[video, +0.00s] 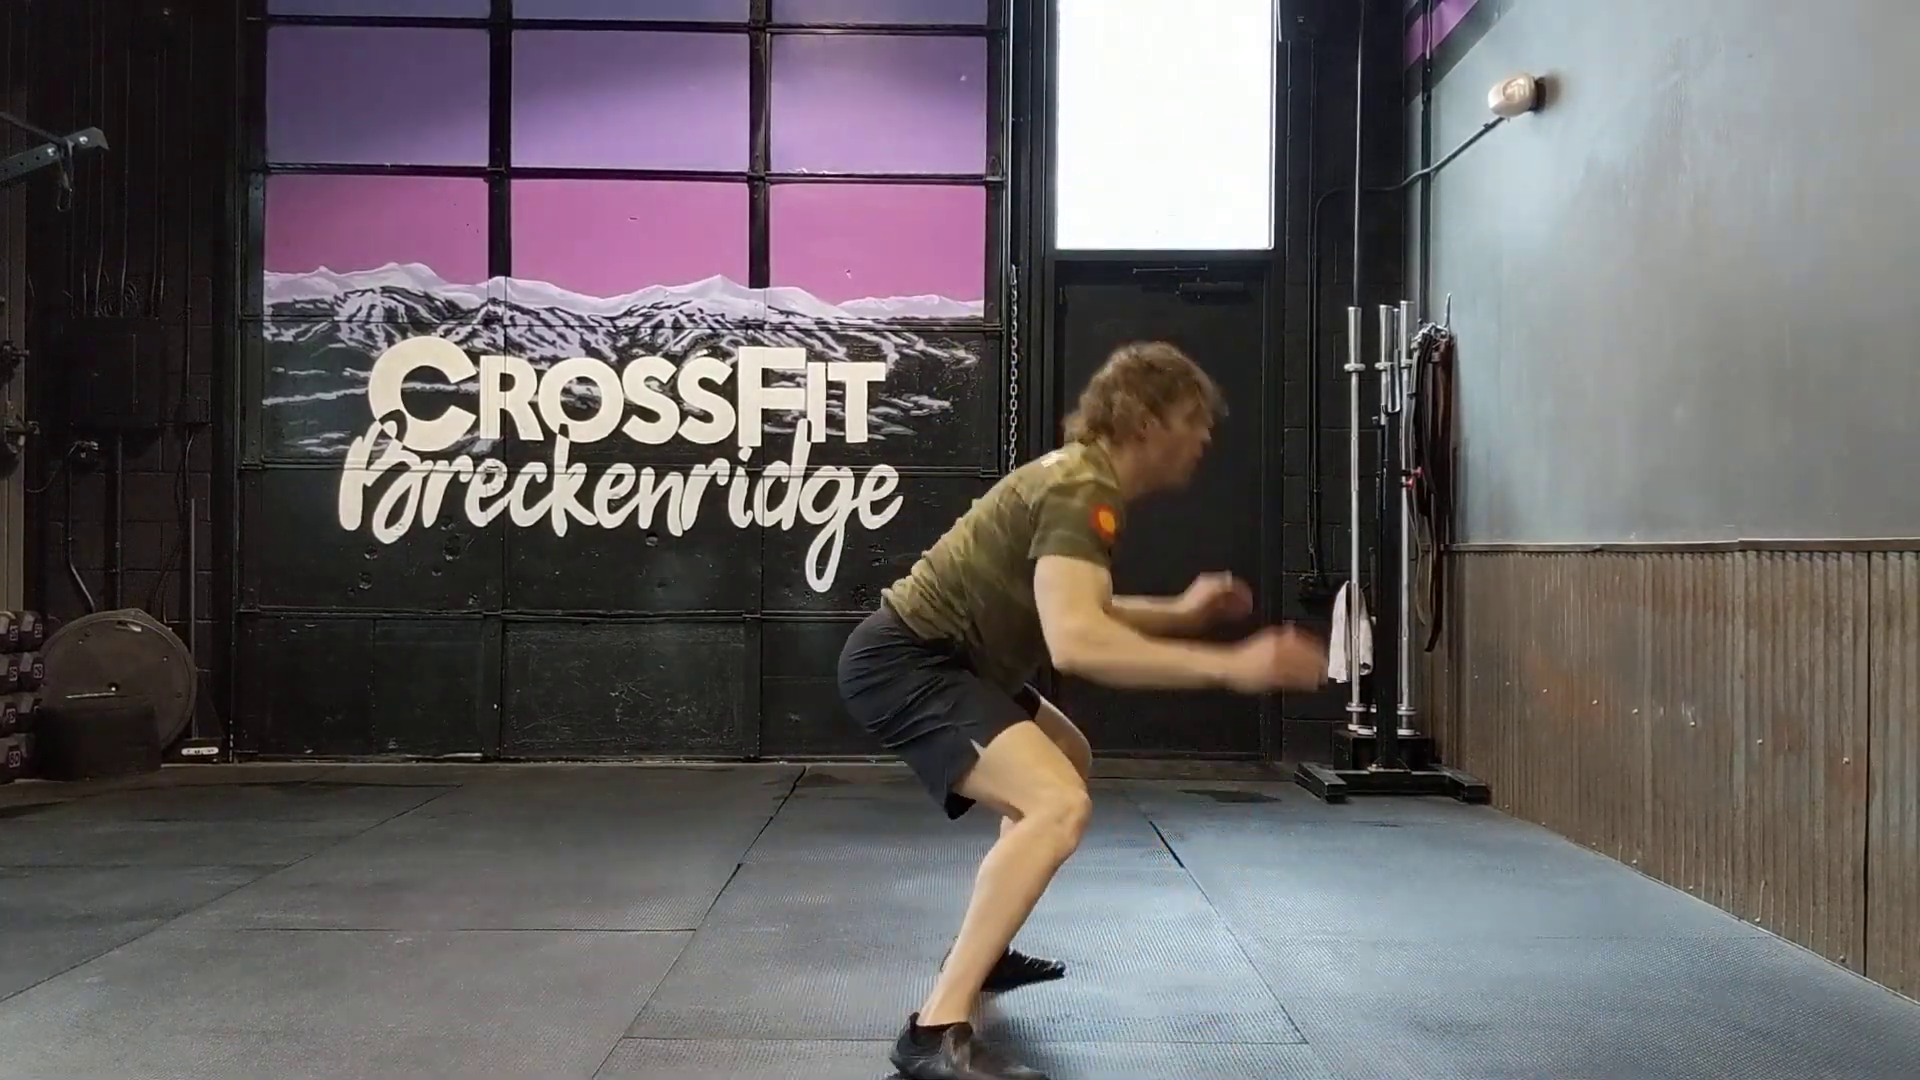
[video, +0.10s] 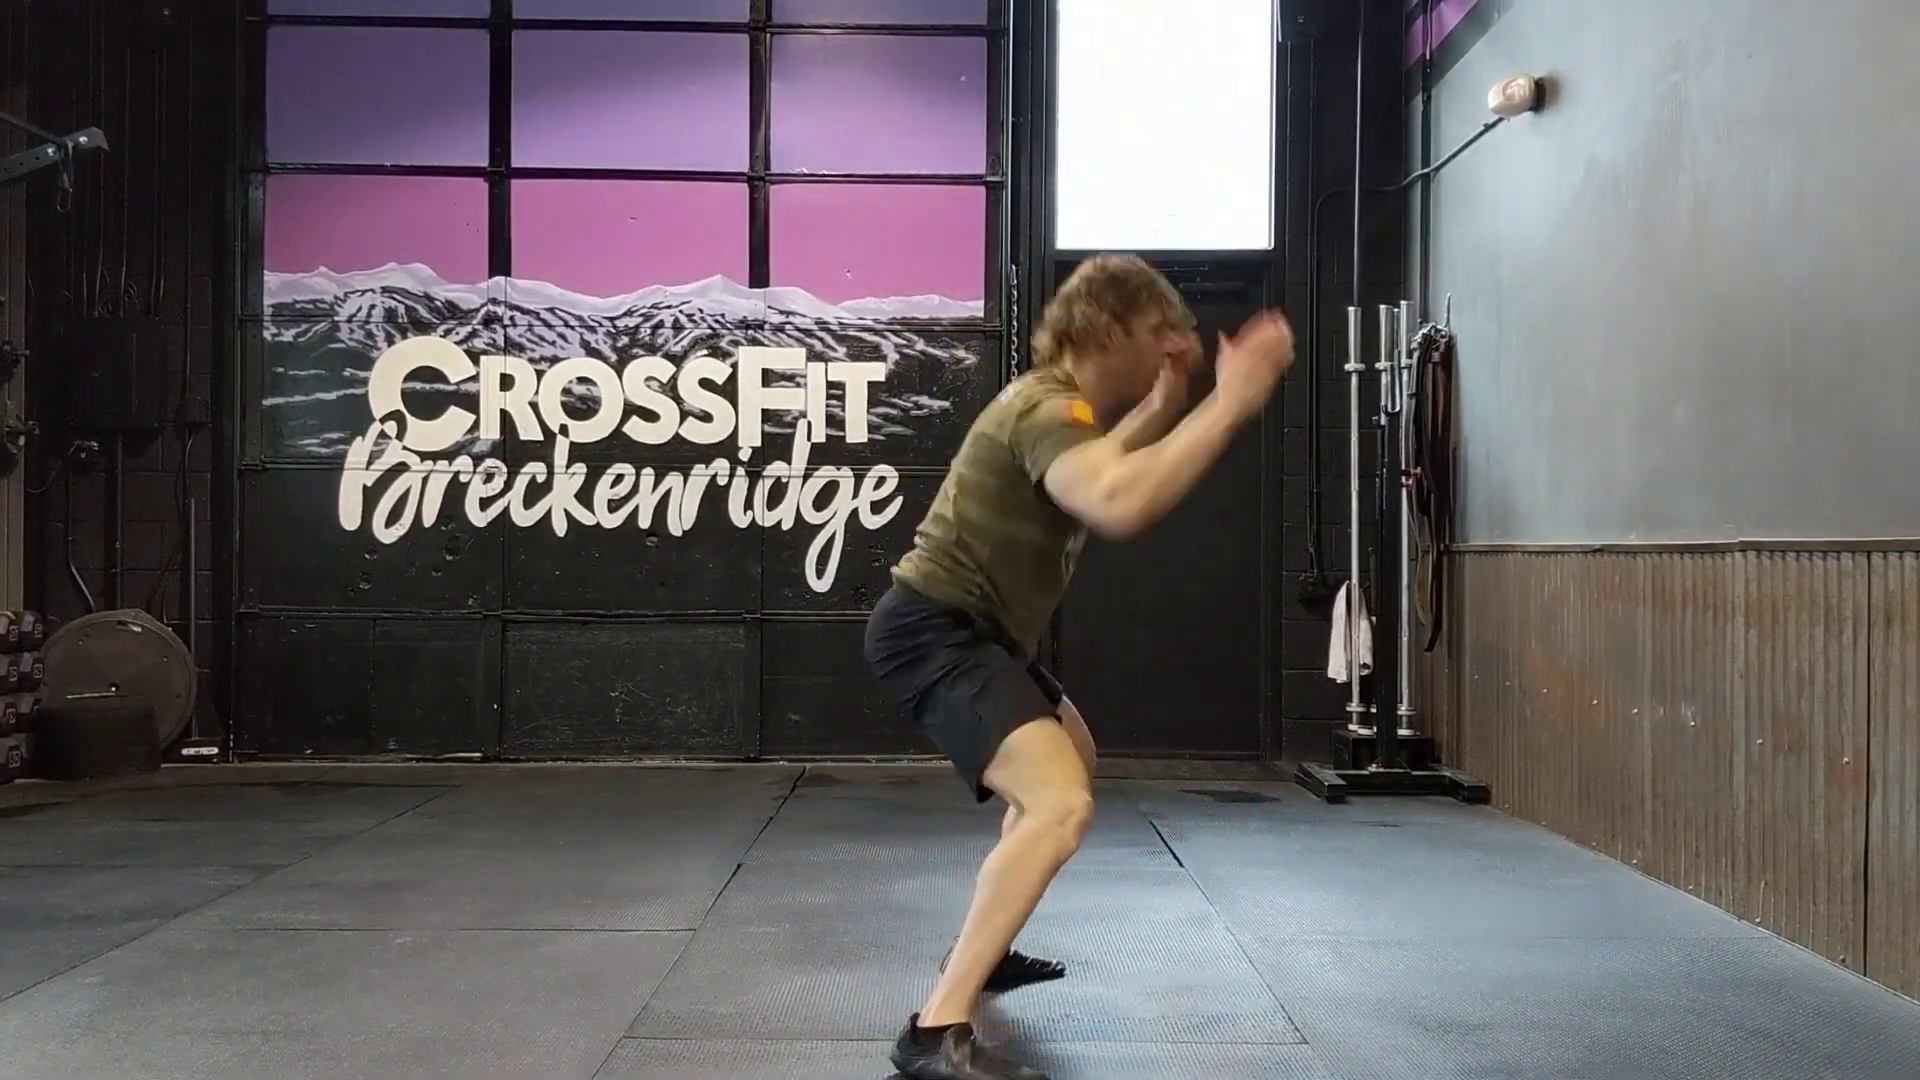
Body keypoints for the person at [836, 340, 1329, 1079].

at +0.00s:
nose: (1203, 447)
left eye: (1205, 432)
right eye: (1197, 429)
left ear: (1138, 424)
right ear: (1149, 424)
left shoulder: (1088, 481)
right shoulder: (1076, 488)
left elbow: (1082, 603)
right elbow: (1077, 643)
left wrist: (1181, 611)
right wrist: (1231, 665)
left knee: (1066, 755)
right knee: (1057, 805)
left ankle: (983, 952)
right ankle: (936, 1029)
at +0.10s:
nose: (1163, 358)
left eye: (1166, 344)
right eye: (1158, 341)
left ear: (1090, 334)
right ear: (1111, 332)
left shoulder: (1057, 405)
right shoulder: (1040, 410)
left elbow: (1092, 475)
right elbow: (1119, 503)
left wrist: (1161, 401)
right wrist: (1230, 405)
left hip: (976, 630)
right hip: (935, 629)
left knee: (1071, 753)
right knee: (1057, 801)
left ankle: (982, 950)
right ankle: (937, 1028)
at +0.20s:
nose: (1133, 238)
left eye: (1135, 223)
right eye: (1126, 220)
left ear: (1062, 213)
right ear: (1082, 213)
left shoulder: (1039, 286)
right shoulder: (1026, 286)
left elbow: (1151, 293)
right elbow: (1161, 292)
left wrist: (1169, 171)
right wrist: (1177, 166)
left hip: (997, 545)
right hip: (961, 540)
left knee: (1026, 737)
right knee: (1013, 745)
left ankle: (988, 930)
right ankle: (945, 998)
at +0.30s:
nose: (1112, 144)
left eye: (1116, 128)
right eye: (1107, 120)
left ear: (1053, 114)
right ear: (1071, 114)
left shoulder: (1043, 189)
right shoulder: (1023, 181)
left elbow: (1126, 94)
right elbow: (1148, 97)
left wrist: (1121, 6)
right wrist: (1150, 2)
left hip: (1008, 464)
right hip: (978, 459)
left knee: (995, 680)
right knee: (994, 680)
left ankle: (973, 876)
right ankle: (945, 934)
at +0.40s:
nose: (1121, 96)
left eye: (1122, 73)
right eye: (1110, 72)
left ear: (1062, 82)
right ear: (1059, 78)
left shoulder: (1039, 157)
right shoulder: (1018, 146)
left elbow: (1100, 15)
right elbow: (1108, 12)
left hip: (1008, 430)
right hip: (982, 428)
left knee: (991, 669)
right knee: (989, 669)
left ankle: (962, 875)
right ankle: (947, 917)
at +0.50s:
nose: (1109, 102)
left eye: (1109, 81)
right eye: (1096, 80)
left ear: (1042, 89)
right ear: (1042, 86)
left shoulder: (1038, 170)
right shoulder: (1004, 159)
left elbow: (1089, 23)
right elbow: (1094, 18)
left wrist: (1059, 60)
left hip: (1014, 450)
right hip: (983, 448)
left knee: (997, 690)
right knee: (993, 689)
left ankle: (965, 911)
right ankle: (959, 945)